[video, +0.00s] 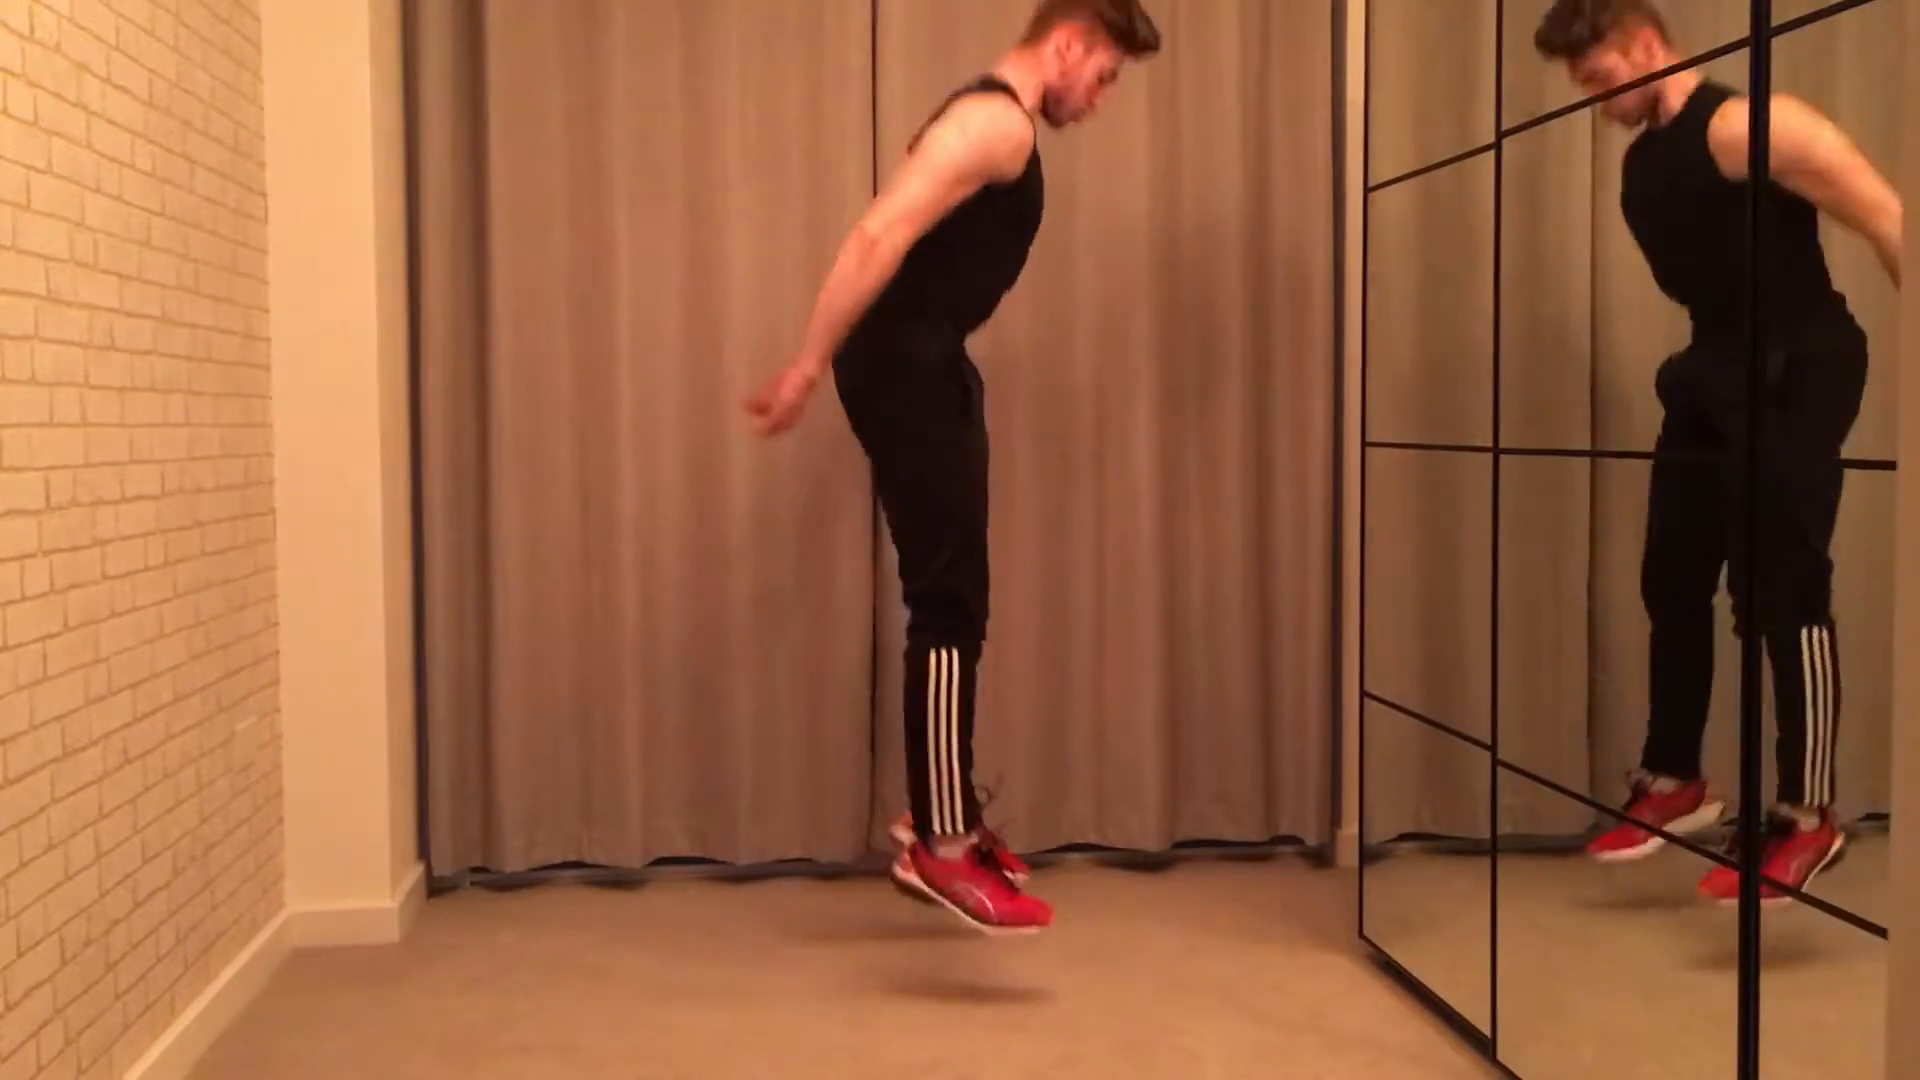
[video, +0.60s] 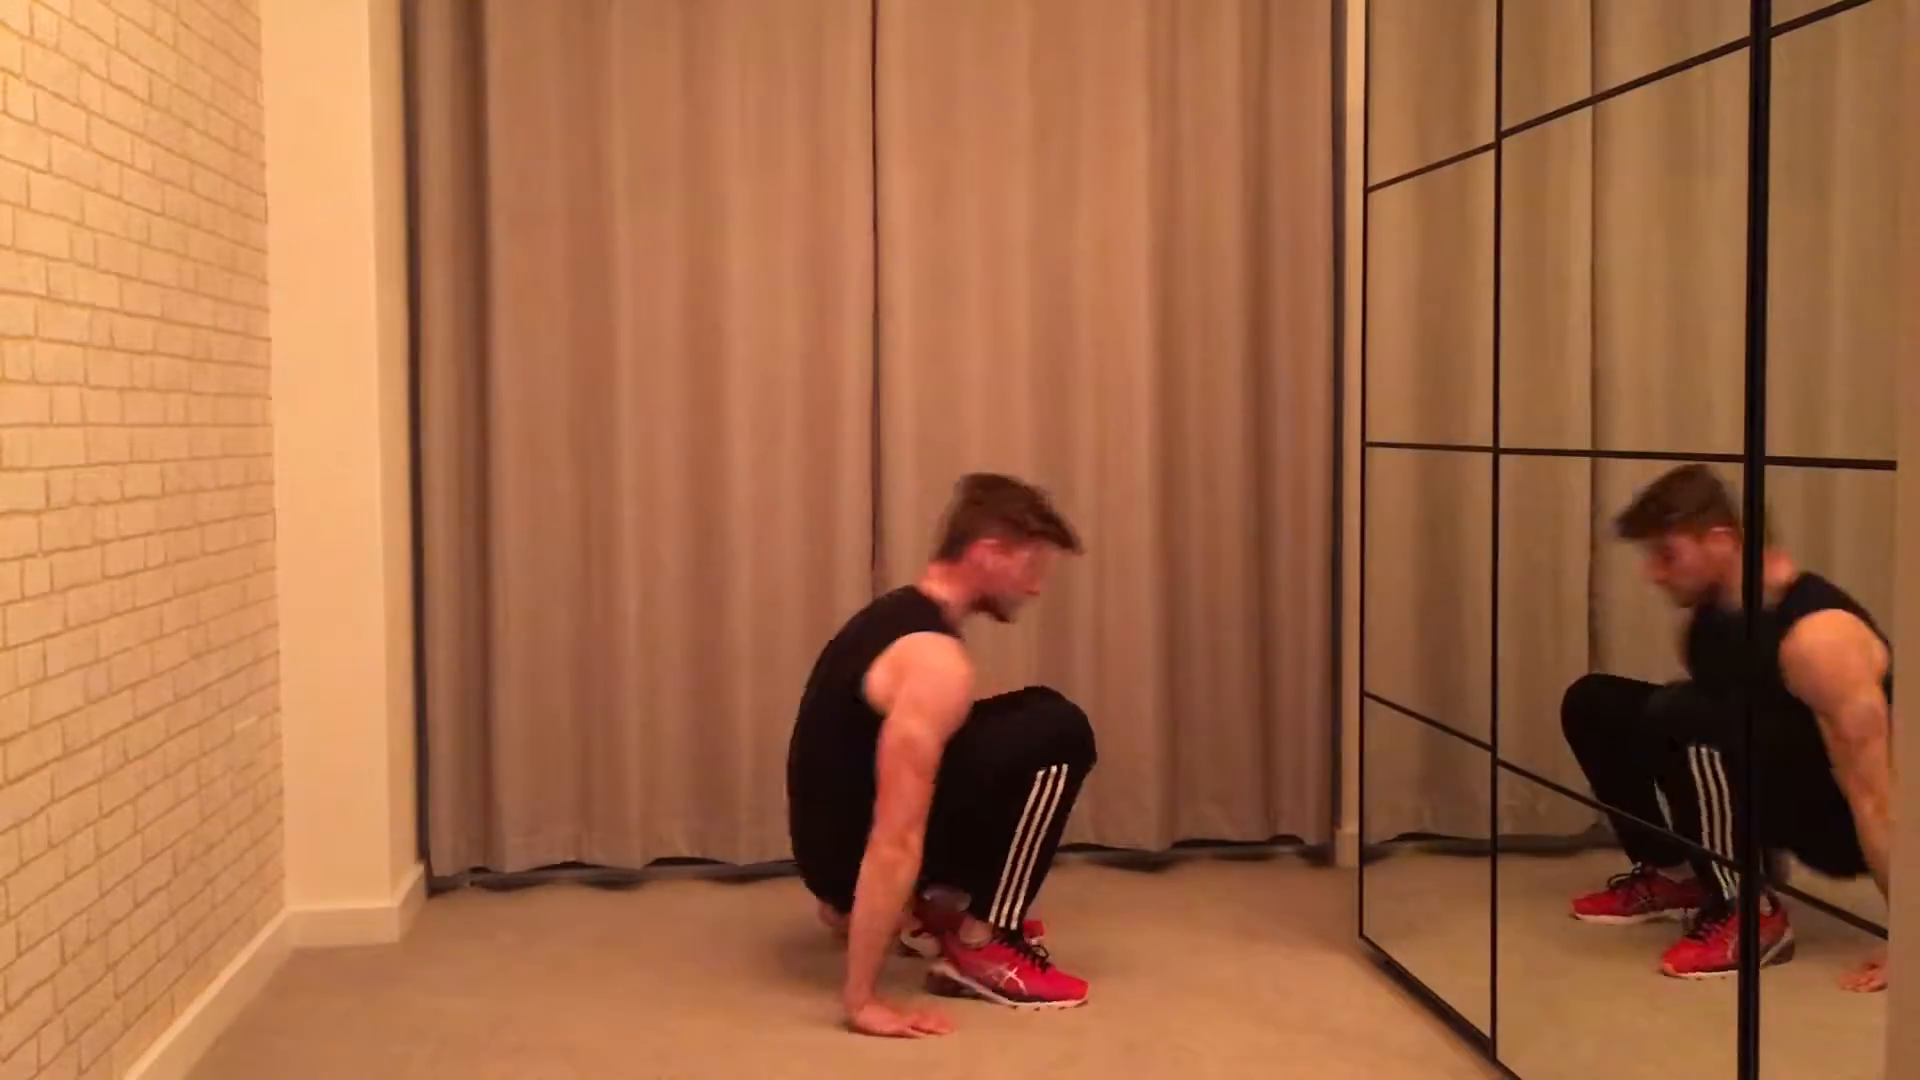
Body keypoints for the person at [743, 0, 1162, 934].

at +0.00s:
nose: (1104, 99)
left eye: (1113, 83)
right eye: (1108, 75)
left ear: (1063, 47)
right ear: (1068, 44)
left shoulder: (999, 118)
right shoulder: (993, 122)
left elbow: (887, 238)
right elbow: (878, 234)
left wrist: (814, 364)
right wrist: (807, 365)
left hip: (925, 371)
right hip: (908, 373)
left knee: (953, 604)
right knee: (948, 606)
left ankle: (951, 829)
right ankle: (938, 842)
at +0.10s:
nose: (1118, 194)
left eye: (1127, 176)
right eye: (1120, 170)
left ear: (1083, 146)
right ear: (1082, 143)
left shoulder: (1011, 214)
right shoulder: (1001, 223)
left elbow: (895, 343)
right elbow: (892, 346)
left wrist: (837, 462)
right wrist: (824, 470)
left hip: (918, 455)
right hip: (903, 460)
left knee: (969, 680)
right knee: (970, 682)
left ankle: (964, 895)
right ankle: (965, 915)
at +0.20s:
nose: (1133, 336)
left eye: (1143, 321)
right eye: (1134, 313)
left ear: (1092, 286)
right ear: (1095, 282)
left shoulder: (1018, 348)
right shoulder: (1014, 367)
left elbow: (911, 494)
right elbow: (908, 498)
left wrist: (852, 609)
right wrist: (843, 626)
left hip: (870, 539)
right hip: (867, 551)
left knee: (1014, 708)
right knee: (1034, 714)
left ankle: (949, 906)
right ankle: (972, 937)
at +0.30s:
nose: (1145, 463)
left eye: (1152, 447)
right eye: (1147, 441)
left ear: (1104, 418)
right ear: (1108, 417)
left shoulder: (1013, 474)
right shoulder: (1019, 502)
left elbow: (925, 632)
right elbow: (932, 653)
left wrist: (869, 777)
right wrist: (873, 801)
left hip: (834, 629)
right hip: (840, 641)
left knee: (1028, 725)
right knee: (1051, 733)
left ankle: (947, 907)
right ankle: (973, 943)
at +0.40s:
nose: (1135, 556)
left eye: (1143, 538)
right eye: (1137, 535)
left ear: (1090, 510)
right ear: (1098, 513)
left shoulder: (999, 552)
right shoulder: (1013, 594)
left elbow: (909, 672)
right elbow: (941, 766)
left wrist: (879, 824)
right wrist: (896, 922)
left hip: (817, 705)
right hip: (823, 725)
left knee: (1035, 715)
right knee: (1059, 736)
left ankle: (947, 906)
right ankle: (974, 945)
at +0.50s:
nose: (1106, 594)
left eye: (1115, 577)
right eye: (1108, 573)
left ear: (1061, 554)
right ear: (1066, 555)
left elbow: (882, 719)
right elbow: (926, 818)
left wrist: (856, 869)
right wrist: (877, 981)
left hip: (812, 787)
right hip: (832, 805)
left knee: (1036, 712)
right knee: (1059, 740)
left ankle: (943, 908)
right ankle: (971, 949)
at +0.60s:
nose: (1036, 588)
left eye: (1040, 571)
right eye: (1033, 568)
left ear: (984, 552)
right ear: (987, 553)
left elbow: (846, 762)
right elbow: (894, 840)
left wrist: (843, 897)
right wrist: (859, 1001)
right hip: (863, 871)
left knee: (1035, 707)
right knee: (1059, 731)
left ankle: (940, 905)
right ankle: (983, 942)